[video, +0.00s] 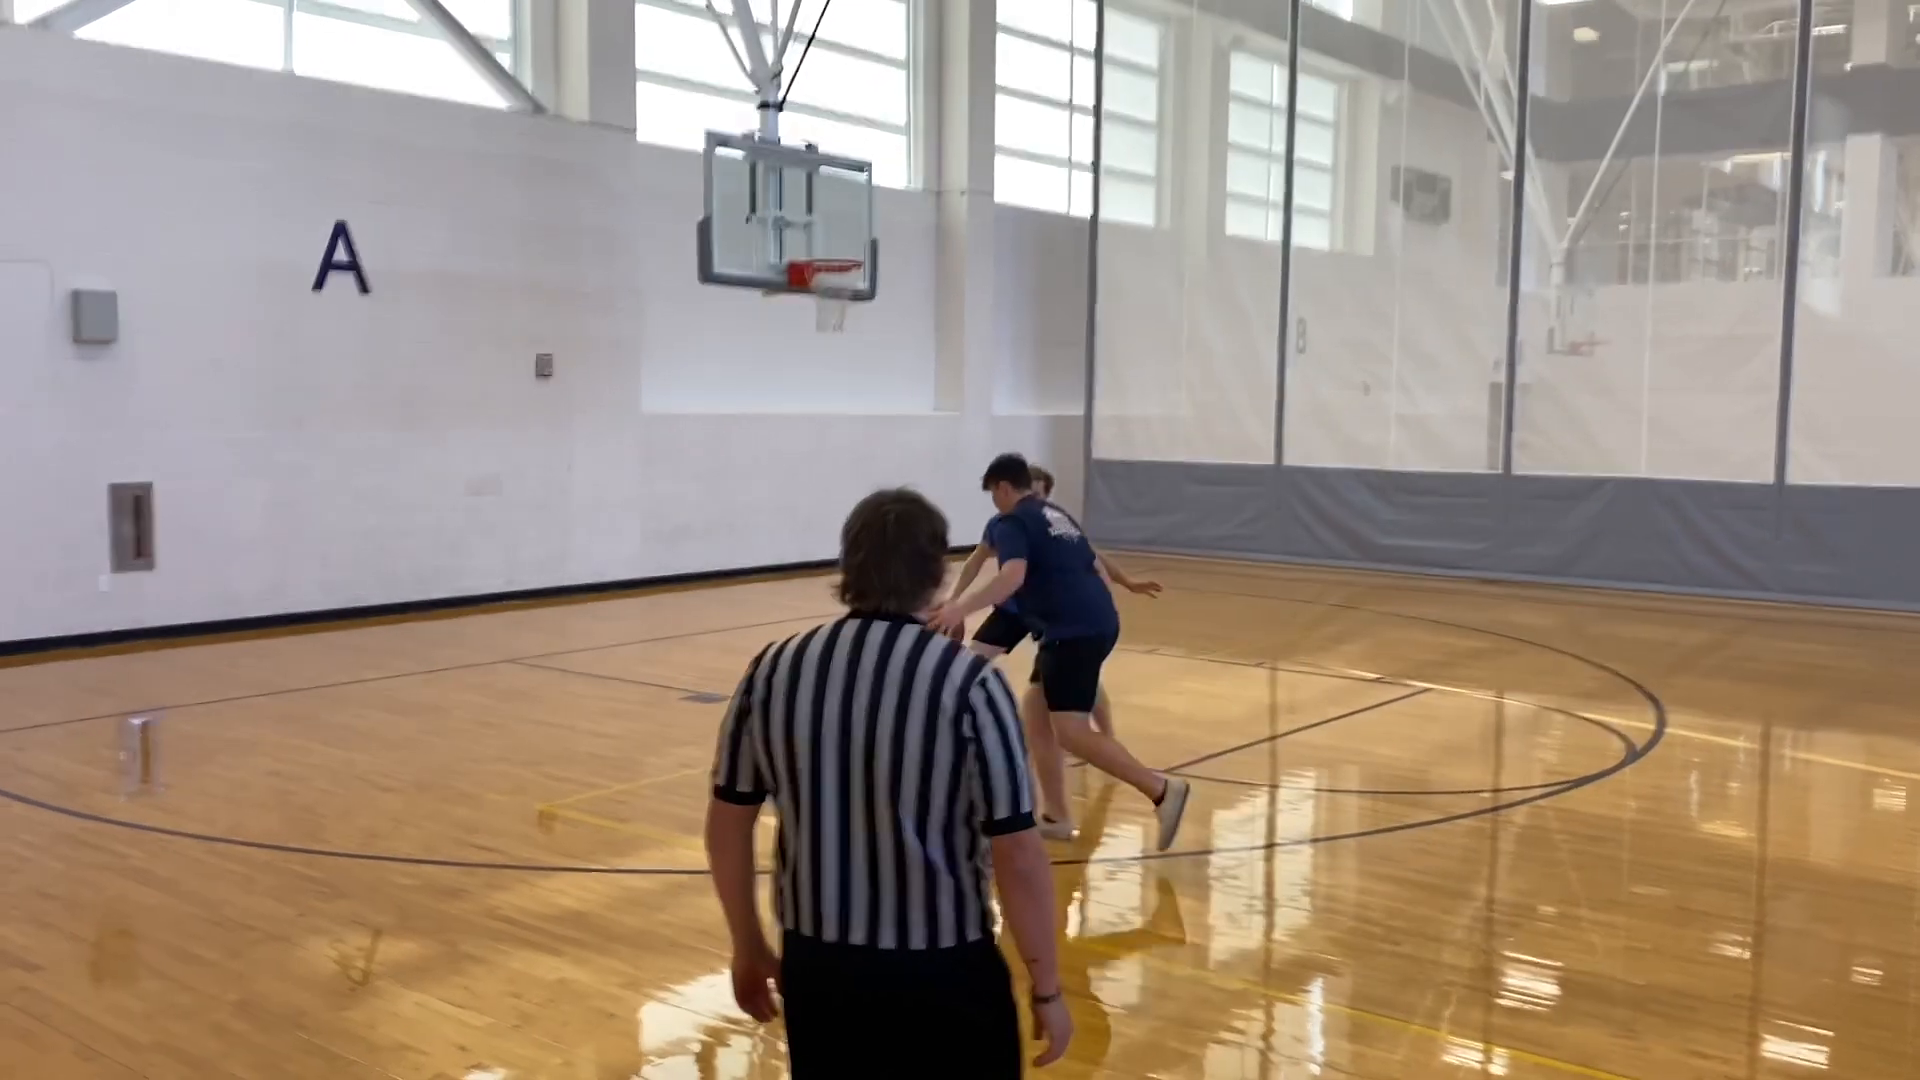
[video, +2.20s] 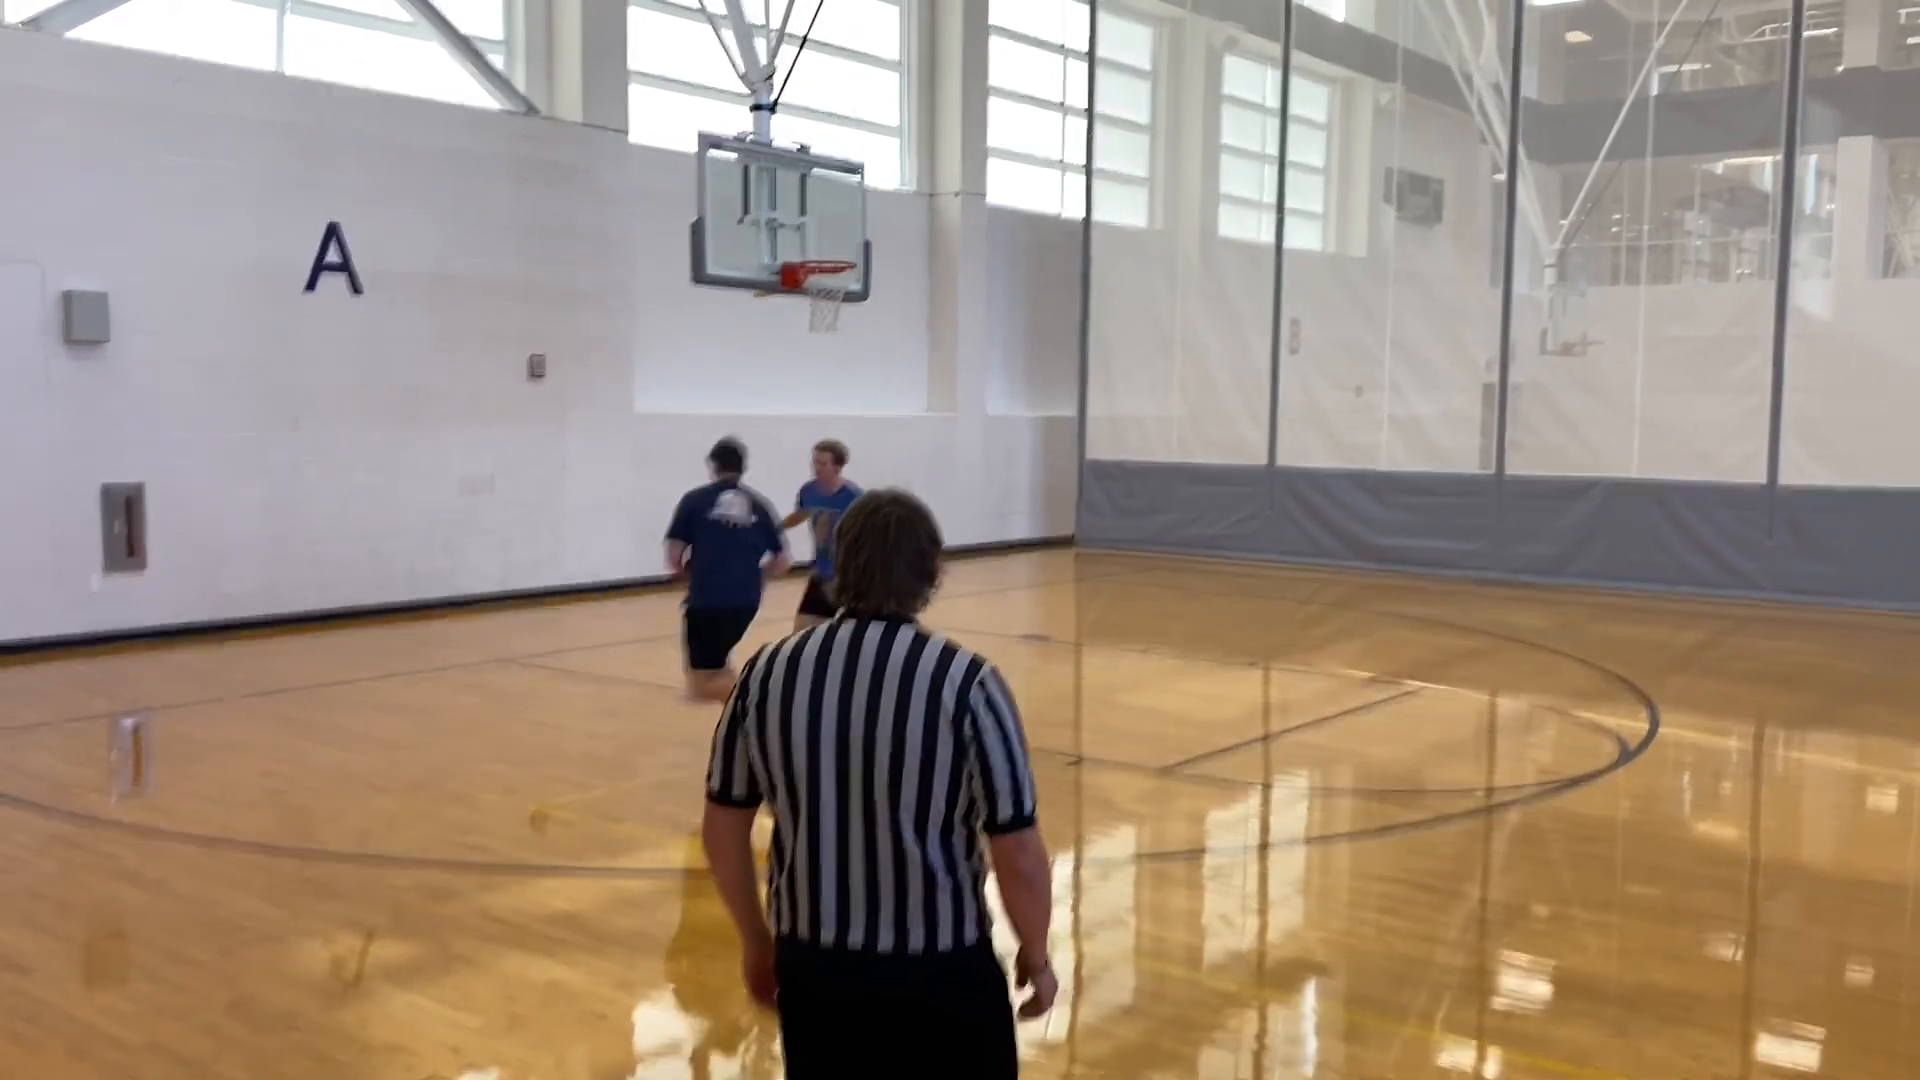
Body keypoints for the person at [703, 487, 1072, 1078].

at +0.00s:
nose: (945, 575)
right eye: (943, 562)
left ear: (849, 568)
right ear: (937, 572)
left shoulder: (775, 669)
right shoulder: (970, 684)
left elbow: (727, 823)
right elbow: (1017, 853)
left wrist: (747, 945)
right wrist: (1048, 989)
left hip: (820, 980)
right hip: (950, 982)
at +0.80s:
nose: (949, 583)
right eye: (946, 570)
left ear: (847, 573)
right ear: (937, 581)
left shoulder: (772, 677)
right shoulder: (972, 691)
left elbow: (726, 832)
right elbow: (1019, 860)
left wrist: (749, 949)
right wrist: (1045, 978)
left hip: (816, 984)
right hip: (948, 988)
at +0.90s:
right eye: (946, 573)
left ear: (845, 575)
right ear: (937, 583)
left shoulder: (771, 677)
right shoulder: (971, 690)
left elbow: (726, 833)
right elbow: (1020, 861)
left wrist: (751, 948)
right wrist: (1045, 977)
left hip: (816, 982)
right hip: (949, 986)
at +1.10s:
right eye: (943, 568)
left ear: (842, 573)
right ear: (937, 579)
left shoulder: (771, 675)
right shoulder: (971, 687)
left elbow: (727, 831)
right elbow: (1020, 854)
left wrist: (757, 945)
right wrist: (1045, 973)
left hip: (817, 981)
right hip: (950, 984)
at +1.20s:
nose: (947, 581)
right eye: (942, 569)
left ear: (844, 571)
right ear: (934, 579)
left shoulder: (770, 673)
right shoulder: (969, 686)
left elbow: (725, 830)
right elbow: (1019, 856)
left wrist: (756, 944)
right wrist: (1042, 971)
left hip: (815, 981)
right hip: (947, 985)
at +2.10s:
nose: (939, 573)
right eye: (935, 561)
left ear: (841, 564)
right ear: (929, 572)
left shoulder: (768, 671)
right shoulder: (969, 682)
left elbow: (724, 826)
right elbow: (1019, 851)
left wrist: (757, 940)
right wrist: (1037, 953)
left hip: (815, 974)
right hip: (948, 977)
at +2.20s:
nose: (938, 573)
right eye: (934, 560)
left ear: (841, 566)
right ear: (929, 572)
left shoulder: (768, 670)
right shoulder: (967, 681)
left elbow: (723, 826)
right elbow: (1017, 849)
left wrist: (755, 939)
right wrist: (1035, 950)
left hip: (814, 976)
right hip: (945, 978)